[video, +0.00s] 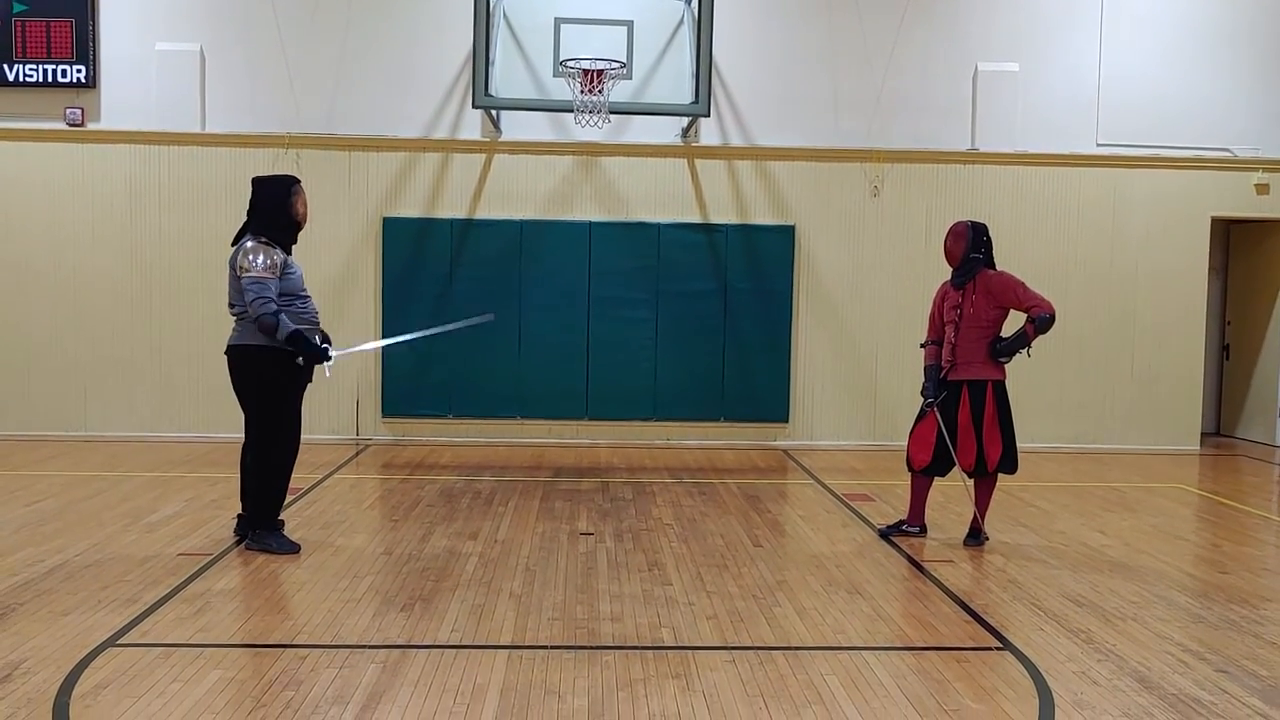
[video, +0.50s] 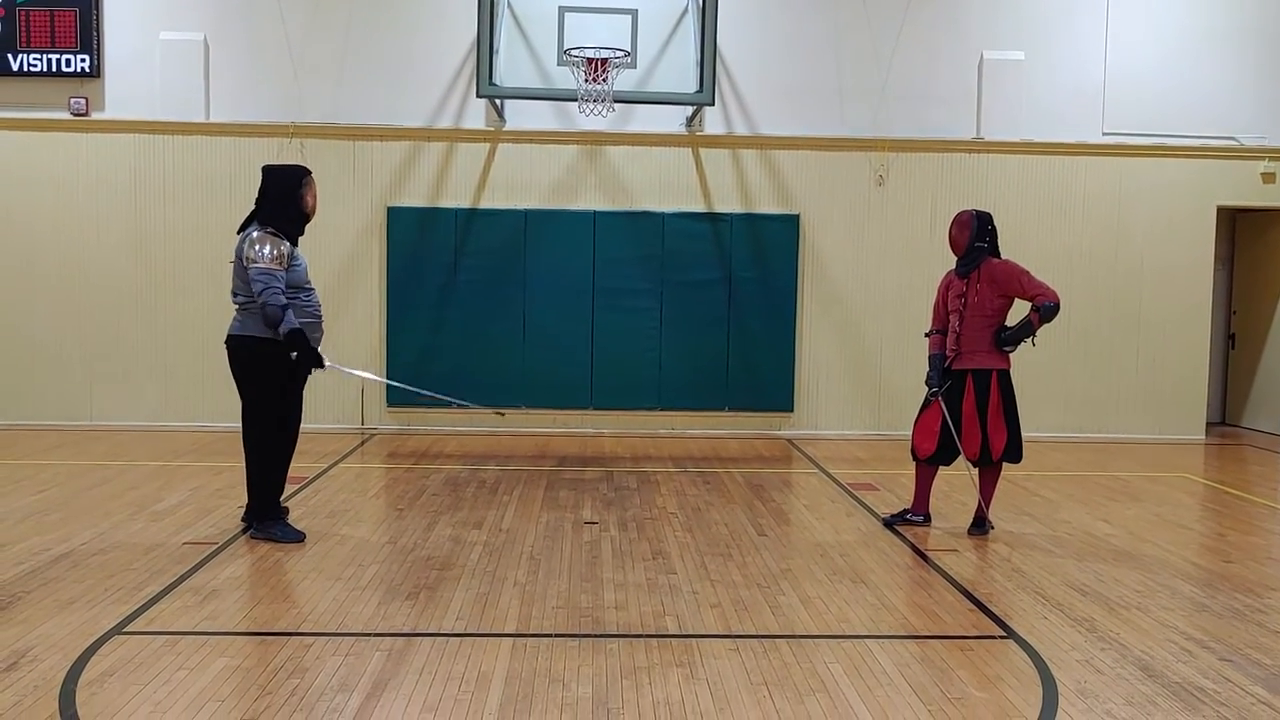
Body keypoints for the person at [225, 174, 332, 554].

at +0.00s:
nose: (306, 209)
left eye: (305, 201)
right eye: (300, 201)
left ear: (275, 206)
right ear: (281, 205)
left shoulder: (272, 250)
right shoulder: (259, 249)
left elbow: (285, 306)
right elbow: (261, 309)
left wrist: (314, 332)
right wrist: (297, 338)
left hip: (274, 355)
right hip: (263, 356)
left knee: (267, 438)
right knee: (276, 440)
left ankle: (255, 520)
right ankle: (261, 527)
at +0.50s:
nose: (315, 203)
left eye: (314, 195)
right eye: (311, 195)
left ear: (286, 196)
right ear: (291, 197)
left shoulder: (274, 237)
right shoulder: (266, 239)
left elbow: (274, 297)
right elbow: (269, 295)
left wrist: (302, 341)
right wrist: (295, 337)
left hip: (273, 347)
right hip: (262, 346)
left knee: (277, 429)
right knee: (270, 430)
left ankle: (263, 509)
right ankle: (264, 517)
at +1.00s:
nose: (320, 198)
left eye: (321, 190)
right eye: (315, 190)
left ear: (294, 193)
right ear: (294, 191)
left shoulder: (285, 234)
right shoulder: (263, 231)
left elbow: (296, 285)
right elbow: (296, 273)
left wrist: (306, 338)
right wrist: (349, 286)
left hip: (289, 340)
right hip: (267, 339)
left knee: (287, 424)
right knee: (276, 425)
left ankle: (272, 500)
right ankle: (269, 508)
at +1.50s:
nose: (320, 189)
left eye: (320, 182)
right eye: (314, 182)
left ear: (297, 186)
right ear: (293, 186)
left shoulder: (291, 229)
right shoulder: (273, 226)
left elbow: (313, 268)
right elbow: (304, 266)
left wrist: (354, 268)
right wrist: (352, 267)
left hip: (297, 338)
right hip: (277, 336)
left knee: (295, 419)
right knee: (286, 420)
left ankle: (278, 499)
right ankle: (279, 507)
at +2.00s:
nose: (319, 194)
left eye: (318, 187)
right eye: (314, 187)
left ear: (296, 191)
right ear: (295, 191)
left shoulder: (292, 232)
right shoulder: (274, 232)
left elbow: (320, 258)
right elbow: (309, 272)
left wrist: (354, 262)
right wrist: (346, 280)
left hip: (299, 342)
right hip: (279, 341)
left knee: (296, 424)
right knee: (287, 426)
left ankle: (282, 504)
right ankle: (282, 511)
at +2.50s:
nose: (322, 200)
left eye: (321, 191)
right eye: (317, 191)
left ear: (293, 195)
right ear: (297, 195)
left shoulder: (287, 236)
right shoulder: (276, 238)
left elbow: (308, 278)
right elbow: (308, 289)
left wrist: (338, 276)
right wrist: (349, 305)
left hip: (293, 345)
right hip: (280, 345)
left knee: (293, 427)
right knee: (291, 428)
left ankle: (283, 507)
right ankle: (282, 515)